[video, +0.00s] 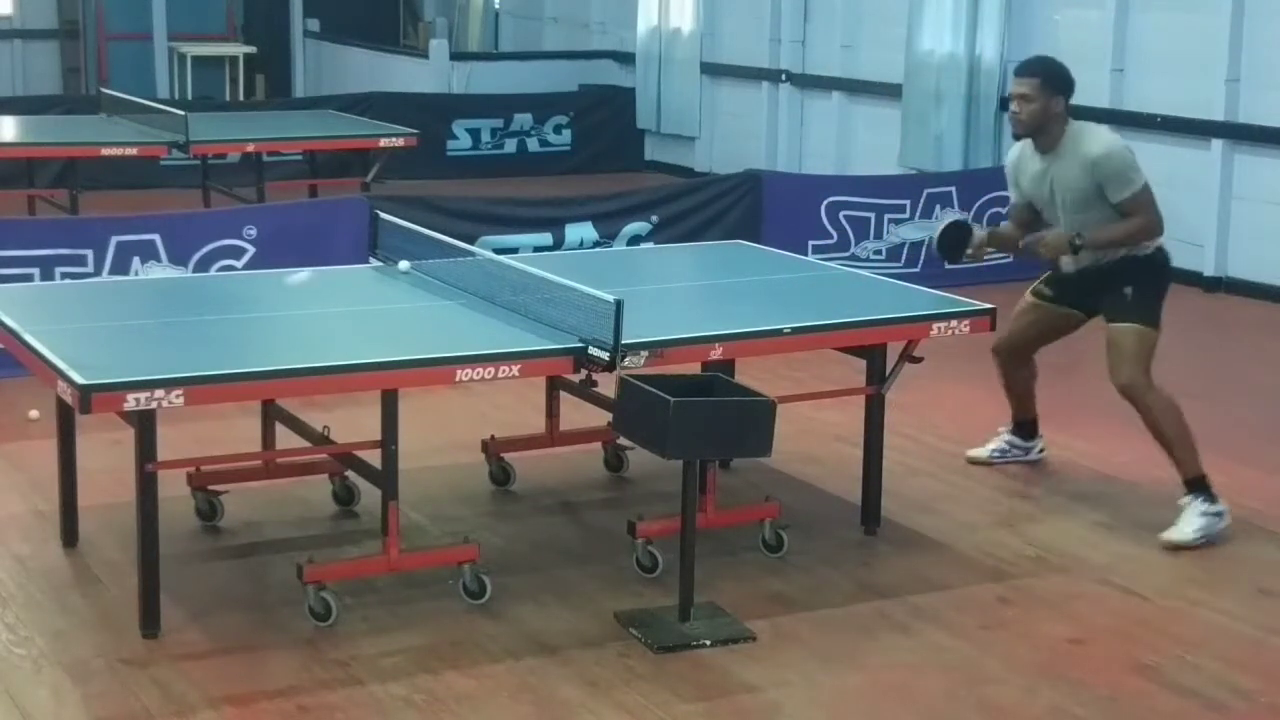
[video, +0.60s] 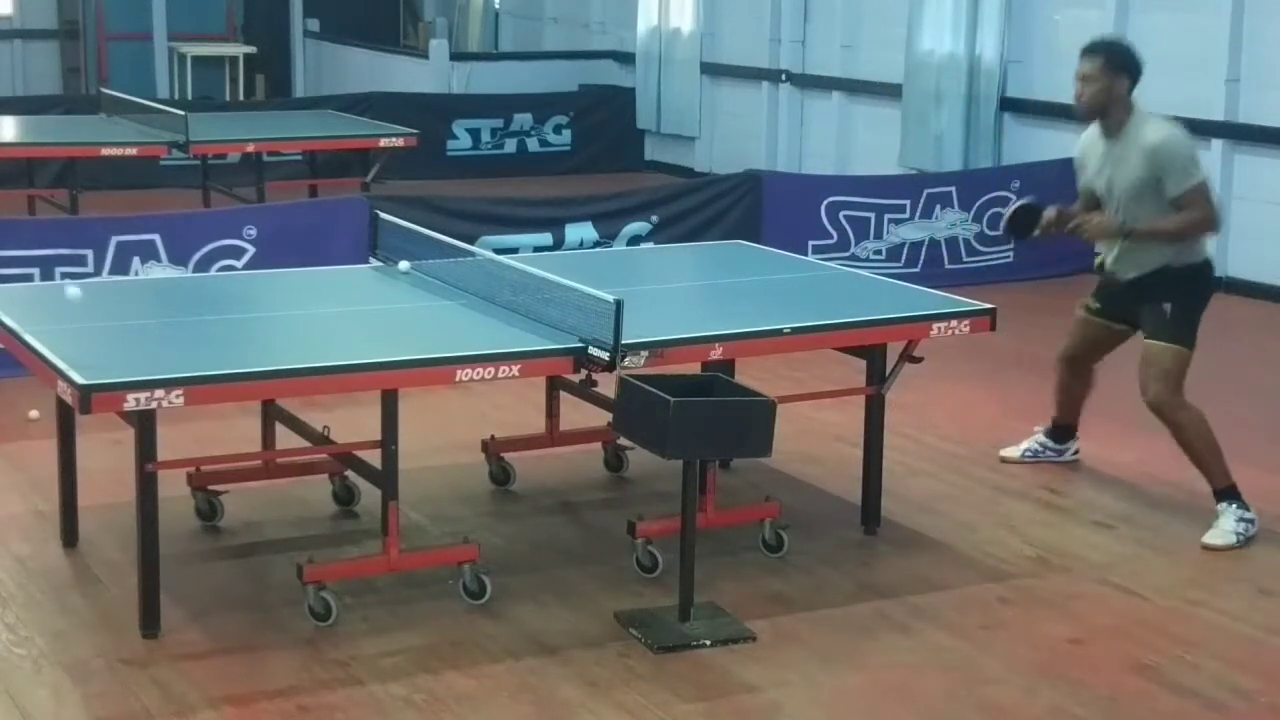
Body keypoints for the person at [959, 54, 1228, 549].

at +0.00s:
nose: (1012, 108)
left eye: (1023, 100)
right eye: (1011, 100)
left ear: (1057, 104)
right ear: (1014, 102)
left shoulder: (1103, 150)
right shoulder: (1020, 159)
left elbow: (1150, 224)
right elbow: (1024, 227)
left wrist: (1074, 240)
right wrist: (988, 239)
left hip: (1134, 268)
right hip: (1076, 271)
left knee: (1130, 379)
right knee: (1009, 347)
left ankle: (1204, 501)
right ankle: (1024, 438)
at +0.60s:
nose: (1078, 89)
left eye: (1088, 81)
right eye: (1077, 79)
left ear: (1121, 85)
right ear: (1090, 85)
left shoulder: (1164, 140)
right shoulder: (1089, 144)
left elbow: (1205, 217)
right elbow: (1094, 209)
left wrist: (1123, 228)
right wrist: (1061, 220)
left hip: (1177, 277)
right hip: (1122, 274)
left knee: (1160, 394)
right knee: (1072, 357)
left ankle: (1233, 506)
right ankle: (1060, 438)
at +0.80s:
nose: (1102, 36)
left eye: (1113, 27)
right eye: (1101, 25)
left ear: (1148, 32)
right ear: (1104, 30)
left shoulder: (1189, 87)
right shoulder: (1109, 89)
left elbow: (1244, 157)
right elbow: (1123, 163)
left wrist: (1164, 190)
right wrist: (1088, 181)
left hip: (1195, 233)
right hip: (1140, 233)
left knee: (1186, 360)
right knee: (1117, 344)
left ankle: (1244, 492)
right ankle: (1175, 455)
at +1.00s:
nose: (1119, 53)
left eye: (1132, 45)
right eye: (1118, 42)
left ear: (1165, 52)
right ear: (1119, 46)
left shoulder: (1203, 109)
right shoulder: (1111, 113)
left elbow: (1252, 187)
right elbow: (1108, 182)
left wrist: (1180, 217)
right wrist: (1090, 211)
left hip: (1206, 259)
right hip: (1146, 266)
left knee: (1198, 379)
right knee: (1157, 382)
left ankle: (1245, 516)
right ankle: (1213, 484)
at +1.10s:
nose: (1124, 41)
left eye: (1135, 31)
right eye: (1121, 30)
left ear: (1170, 36)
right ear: (1119, 34)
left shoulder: (1212, 97)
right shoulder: (1110, 104)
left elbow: (1260, 169)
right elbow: (1107, 172)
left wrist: (1191, 203)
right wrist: (1095, 212)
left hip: (1206, 254)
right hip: (1145, 261)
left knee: (1199, 384)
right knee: (1162, 378)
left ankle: (1223, 527)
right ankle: (1206, 474)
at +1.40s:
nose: (1105, 29)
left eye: (1117, 18)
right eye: (1103, 19)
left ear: (1155, 23)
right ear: (1110, 27)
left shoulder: (1196, 92)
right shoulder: (1108, 96)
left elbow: (1250, 177)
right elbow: (1121, 175)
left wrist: (1167, 219)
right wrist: (1092, 215)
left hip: (1186, 264)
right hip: (1122, 263)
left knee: (1187, 398)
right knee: (1088, 384)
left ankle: (1211, 529)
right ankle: (1155, 489)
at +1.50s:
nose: (1085, 24)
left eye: (1096, 14)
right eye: (1086, 15)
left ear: (1134, 19)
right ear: (1116, 22)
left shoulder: (1174, 85)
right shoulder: (1100, 89)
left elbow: (1214, 176)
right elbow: (1117, 172)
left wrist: (1122, 210)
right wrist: (1078, 211)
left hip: (1173, 261)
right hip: (1112, 261)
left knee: (1184, 392)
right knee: (1073, 383)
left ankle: (1207, 524)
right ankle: (1092, 522)